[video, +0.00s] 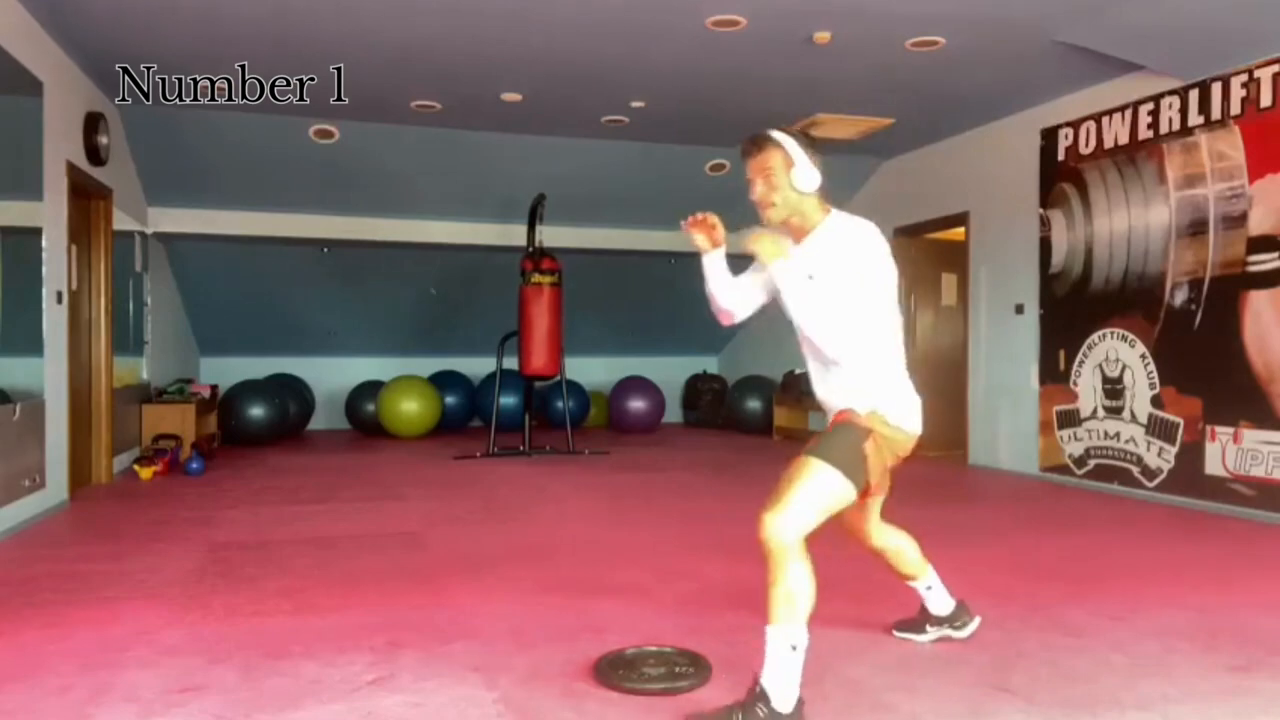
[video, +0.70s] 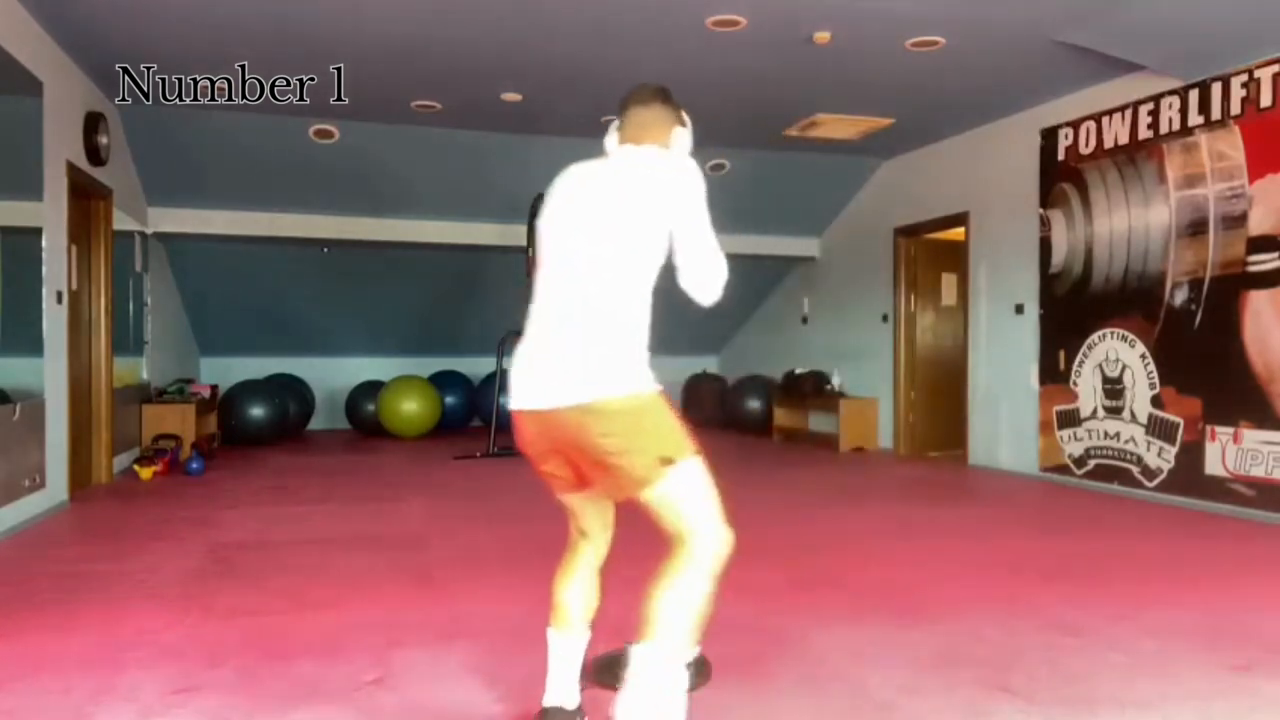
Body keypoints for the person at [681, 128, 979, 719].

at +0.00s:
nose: (756, 195)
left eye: (766, 180)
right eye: (752, 184)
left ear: (799, 178)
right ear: (757, 189)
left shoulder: (859, 238)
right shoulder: (787, 249)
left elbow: (849, 337)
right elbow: (732, 309)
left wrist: (782, 262)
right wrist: (713, 254)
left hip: (882, 412)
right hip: (847, 411)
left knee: (781, 526)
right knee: (867, 525)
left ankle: (778, 696)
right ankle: (947, 611)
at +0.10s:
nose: (720, 176)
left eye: (724, 163)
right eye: (719, 165)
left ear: (755, 158)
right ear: (772, 158)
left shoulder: (796, 215)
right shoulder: (822, 203)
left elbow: (766, 306)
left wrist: (720, 235)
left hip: (840, 405)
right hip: (882, 404)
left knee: (742, 524)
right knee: (854, 517)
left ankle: (771, 693)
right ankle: (941, 633)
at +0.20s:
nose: (719, 171)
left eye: (720, 156)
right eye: (715, 159)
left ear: (746, 145)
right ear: (781, 144)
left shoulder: (765, 198)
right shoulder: (843, 191)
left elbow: (728, 291)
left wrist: (698, 226)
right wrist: (746, 212)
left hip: (810, 392)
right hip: (881, 397)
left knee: (706, 505)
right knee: (855, 521)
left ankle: (735, 675)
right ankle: (923, 649)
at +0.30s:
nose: (721, 176)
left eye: (724, 163)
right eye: (720, 163)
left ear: (749, 159)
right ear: (786, 158)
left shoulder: (740, 212)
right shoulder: (852, 209)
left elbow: (687, 302)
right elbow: (839, 289)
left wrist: (681, 242)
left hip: (771, 408)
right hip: (858, 413)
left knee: (681, 539)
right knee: (882, 559)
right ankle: (926, 704)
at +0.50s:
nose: (672, 184)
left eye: (673, 173)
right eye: (673, 173)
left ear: (687, 171)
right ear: (736, 175)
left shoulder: (660, 225)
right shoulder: (794, 229)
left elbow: (625, 329)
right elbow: (782, 314)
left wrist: (674, 269)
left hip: (676, 432)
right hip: (774, 436)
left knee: (618, 552)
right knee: (850, 568)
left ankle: (576, 706)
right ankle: (918, 709)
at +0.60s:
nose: (718, 170)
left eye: (639, 160)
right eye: (718, 161)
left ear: (646, 158)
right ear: (712, 158)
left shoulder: (606, 201)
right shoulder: (730, 194)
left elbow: (584, 304)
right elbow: (747, 306)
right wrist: (707, 237)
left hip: (595, 404)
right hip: (685, 398)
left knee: (601, 543)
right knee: (785, 548)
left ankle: (572, 703)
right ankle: (847, 707)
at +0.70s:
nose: (685, 151)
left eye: (685, 143)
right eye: (687, 141)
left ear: (614, 134)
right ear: (677, 133)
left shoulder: (568, 181)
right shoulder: (675, 173)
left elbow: (547, 271)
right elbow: (705, 283)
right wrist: (682, 193)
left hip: (532, 393)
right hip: (609, 389)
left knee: (590, 530)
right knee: (707, 536)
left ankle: (559, 694)